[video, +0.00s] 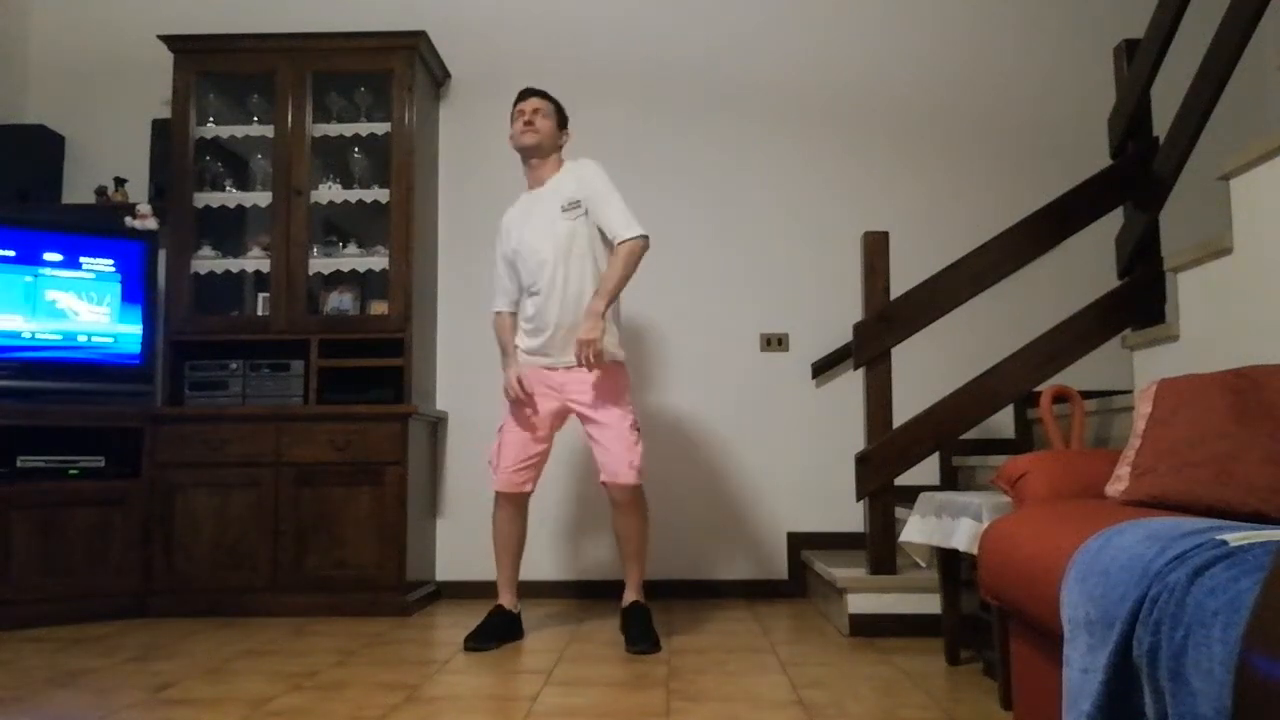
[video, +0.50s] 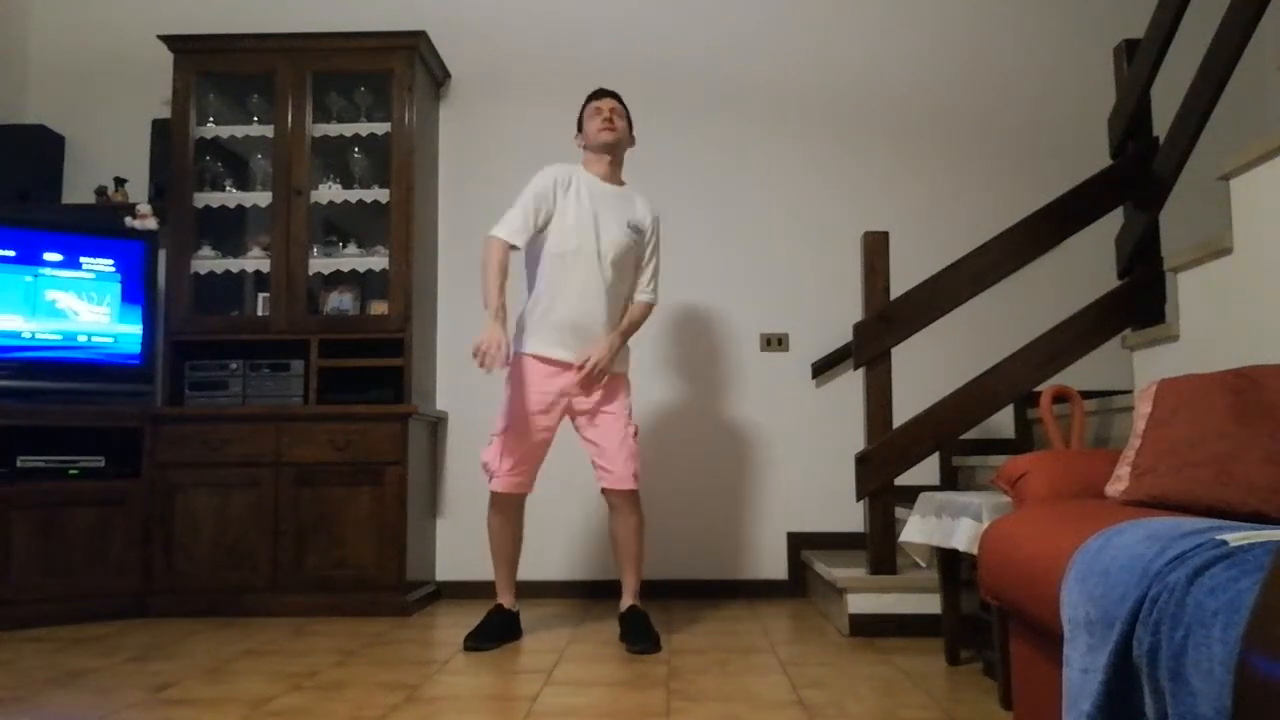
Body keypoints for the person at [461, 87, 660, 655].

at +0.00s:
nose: (526, 120)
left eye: (538, 114)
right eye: (518, 116)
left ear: (562, 134)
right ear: (511, 138)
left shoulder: (583, 176)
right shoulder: (512, 220)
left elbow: (633, 242)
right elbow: (503, 306)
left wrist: (595, 313)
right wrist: (509, 357)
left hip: (596, 364)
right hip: (535, 370)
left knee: (624, 479)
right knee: (508, 485)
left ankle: (634, 601)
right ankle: (506, 608)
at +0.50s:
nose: (607, 117)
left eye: (617, 114)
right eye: (596, 113)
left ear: (630, 138)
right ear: (579, 135)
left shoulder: (640, 210)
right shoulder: (554, 181)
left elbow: (645, 295)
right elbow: (499, 243)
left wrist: (616, 339)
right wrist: (496, 321)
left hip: (604, 369)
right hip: (538, 362)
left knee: (623, 485)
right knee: (507, 485)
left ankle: (632, 606)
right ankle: (505, 608)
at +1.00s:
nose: (525, 119)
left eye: (538, 113)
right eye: (521, 113)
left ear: (563, 131)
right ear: (514, 129)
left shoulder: (579, 174)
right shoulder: (503, 208)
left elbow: (627, 236)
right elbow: (489, 290)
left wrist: (585, 301)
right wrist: (489, 353)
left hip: (588, 366)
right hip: (524, 371)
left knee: (610, 485)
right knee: (498, 482)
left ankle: (632, 601)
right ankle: (505, 608)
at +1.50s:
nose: (579, 118)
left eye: (588, 108)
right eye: (569, 115)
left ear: (613, 120)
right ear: (562, 134)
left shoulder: (643, 195)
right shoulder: (547, 183)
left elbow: (656, 287)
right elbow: (483, 240)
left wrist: (612, 336)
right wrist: (497, 324)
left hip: (610, 374)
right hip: (538, 366)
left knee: (630, 488)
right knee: (486, 467)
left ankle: (629, 607)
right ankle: (488, 594)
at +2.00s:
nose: (562, 137)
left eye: (574, 128)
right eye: (554, 126)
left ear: (589, 134)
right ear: (538, 127)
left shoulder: (608, 200)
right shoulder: (512, 198)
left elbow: (628, 287)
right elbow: (480, 277)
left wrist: (609, 350)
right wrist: (508, 339)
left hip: (591, 368)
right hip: (524, 368)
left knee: (627, 469)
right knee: (501, 485)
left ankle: (632, 597)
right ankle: (508, 609)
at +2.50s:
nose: (558, 153)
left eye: (568, 142)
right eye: (548, 144)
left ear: (587, 140)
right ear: (535, 145)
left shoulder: (613, 195)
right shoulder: (531, 219)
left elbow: (637, 276)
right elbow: (503, 302)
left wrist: (603, 344)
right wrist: (503, 370)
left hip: (604, 368)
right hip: (537, 367)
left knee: (625, 489)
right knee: (498, 481)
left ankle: (637, 607)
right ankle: (509, 603)